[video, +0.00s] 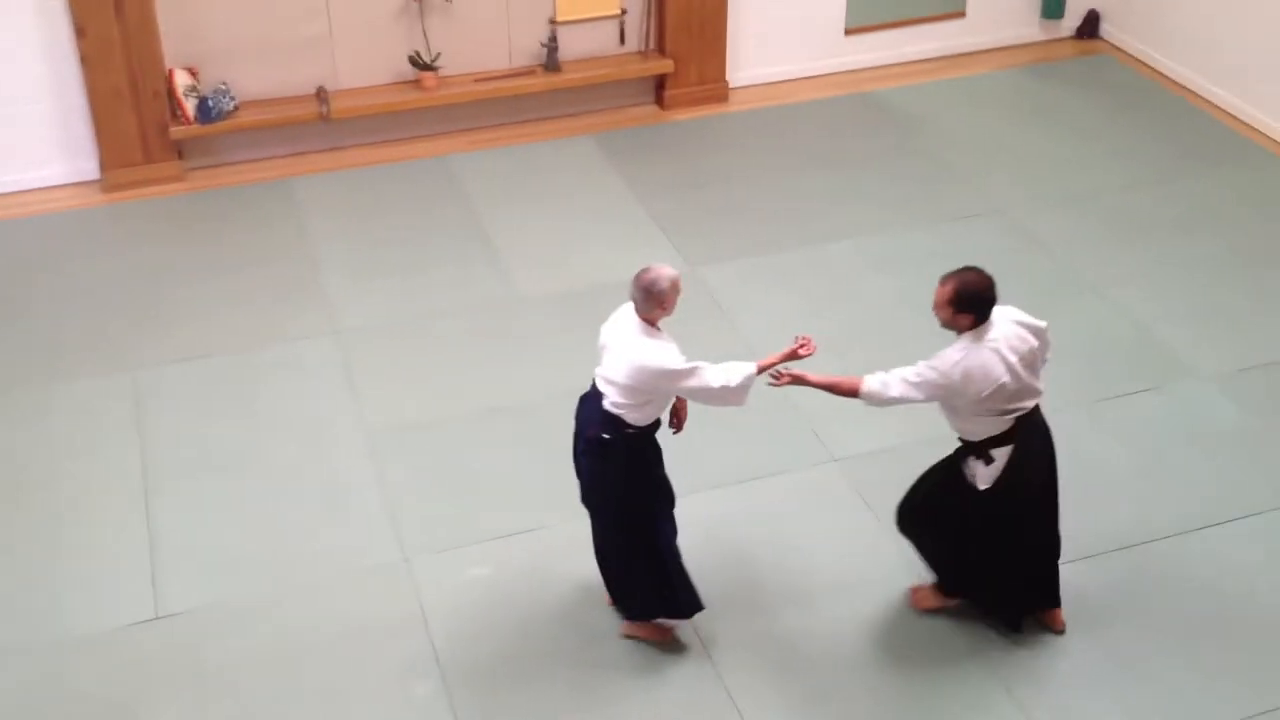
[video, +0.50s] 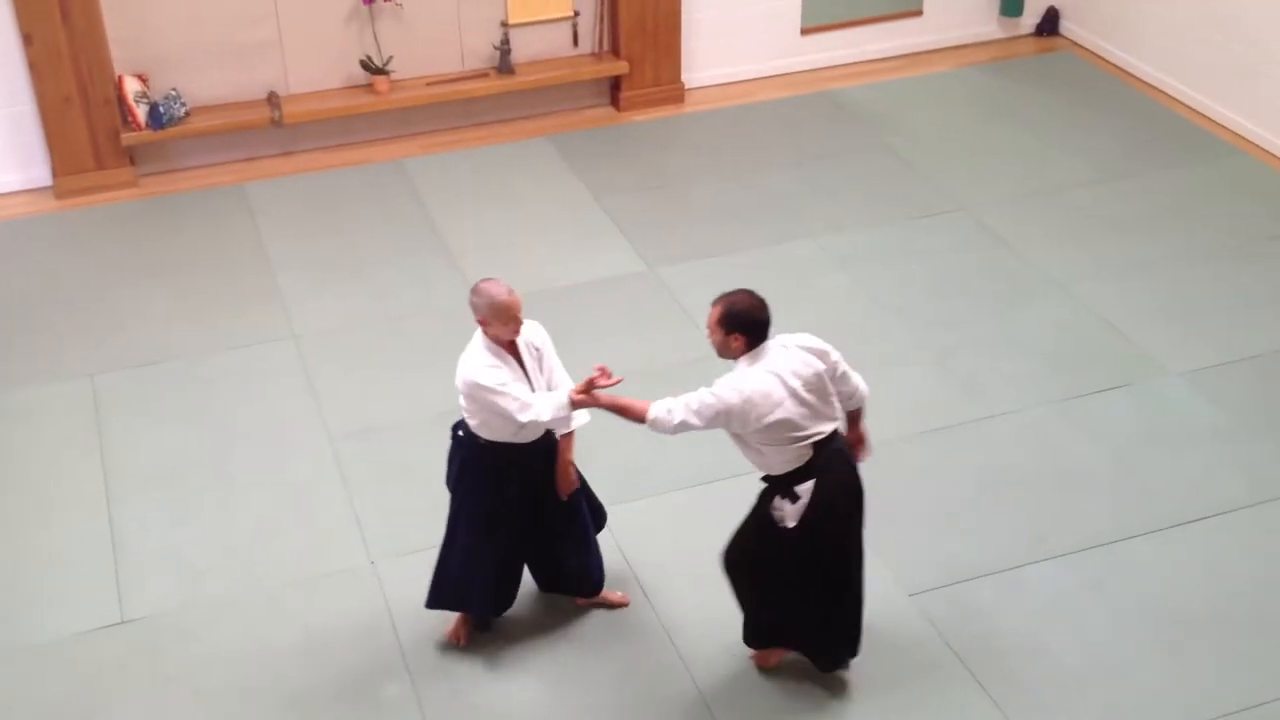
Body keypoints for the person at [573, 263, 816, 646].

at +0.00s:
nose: (677, 295)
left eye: (675, 290)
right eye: (674, 292)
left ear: (640, 295)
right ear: (664, 305)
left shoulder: (625, 315)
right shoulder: (653, 359)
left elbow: (647, 365)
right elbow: (718, 380)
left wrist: (676, 395)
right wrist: (782, 356)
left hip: (596, 415)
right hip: (615, 443)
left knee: (615, 513)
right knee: (635, 523)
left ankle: (622, 584)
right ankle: (638, 618)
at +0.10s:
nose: (649, 304)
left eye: (647, 299)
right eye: (645, 301)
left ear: (617, 303)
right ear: (631, 312)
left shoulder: (612, 320)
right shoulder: (616, 365)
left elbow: (658, 363)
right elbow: (683, 384)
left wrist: (671, 408)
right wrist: (754, 358)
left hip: (617, 434)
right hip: (586, 446)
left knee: (632, 513)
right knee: (601, 532)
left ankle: (625, 576)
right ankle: (555, 613)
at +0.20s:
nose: (616, 312)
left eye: (614, 307)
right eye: (611, 309)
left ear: (586, 317)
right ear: (592, 322)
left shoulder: (589, 328)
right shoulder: (578, 368)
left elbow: (631, 369)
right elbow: (644, 390)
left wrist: (651, 422)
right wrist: (707, 355)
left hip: (595, 439)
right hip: (558, 451)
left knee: (614, 511)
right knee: (554, 535)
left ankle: (609, 585)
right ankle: (497, 606)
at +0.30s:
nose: (584, 314)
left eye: (581, 309)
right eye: (577, 313)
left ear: (555, 323)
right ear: (552, 328)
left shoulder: (576, 330)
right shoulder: (542, 369)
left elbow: (609, 378)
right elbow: (605, 396)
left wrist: (625, 434)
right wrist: (660, 358)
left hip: (577, 444)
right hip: (533, 453)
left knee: (596, 517)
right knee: (515, 532)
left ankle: (594, 586)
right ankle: (472, 604)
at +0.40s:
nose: (549, 319)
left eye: (548, 312)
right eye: (541, 317)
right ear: (514, 327)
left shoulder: (553, 332)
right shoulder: (506, 371)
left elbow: (584, 387)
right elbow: (565, 404)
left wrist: (597, 449)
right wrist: (620, 374)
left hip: (556, 446)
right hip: (507, 456)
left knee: (580, 516)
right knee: (490, 535)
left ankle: (587, 588)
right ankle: (468, 612)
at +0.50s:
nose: (519, 324)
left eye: (519, 316)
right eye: (510, 321)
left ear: (519, 307)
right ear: (483, 324)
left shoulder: (533, 333)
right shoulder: (476, 371)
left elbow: (561, 395)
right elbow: (526, 412)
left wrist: (565, 459)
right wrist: (579, 393)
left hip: (541, 446)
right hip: (492, 459)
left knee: (569, 518)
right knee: (484, 537)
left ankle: (585, 588)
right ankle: (469, 610)